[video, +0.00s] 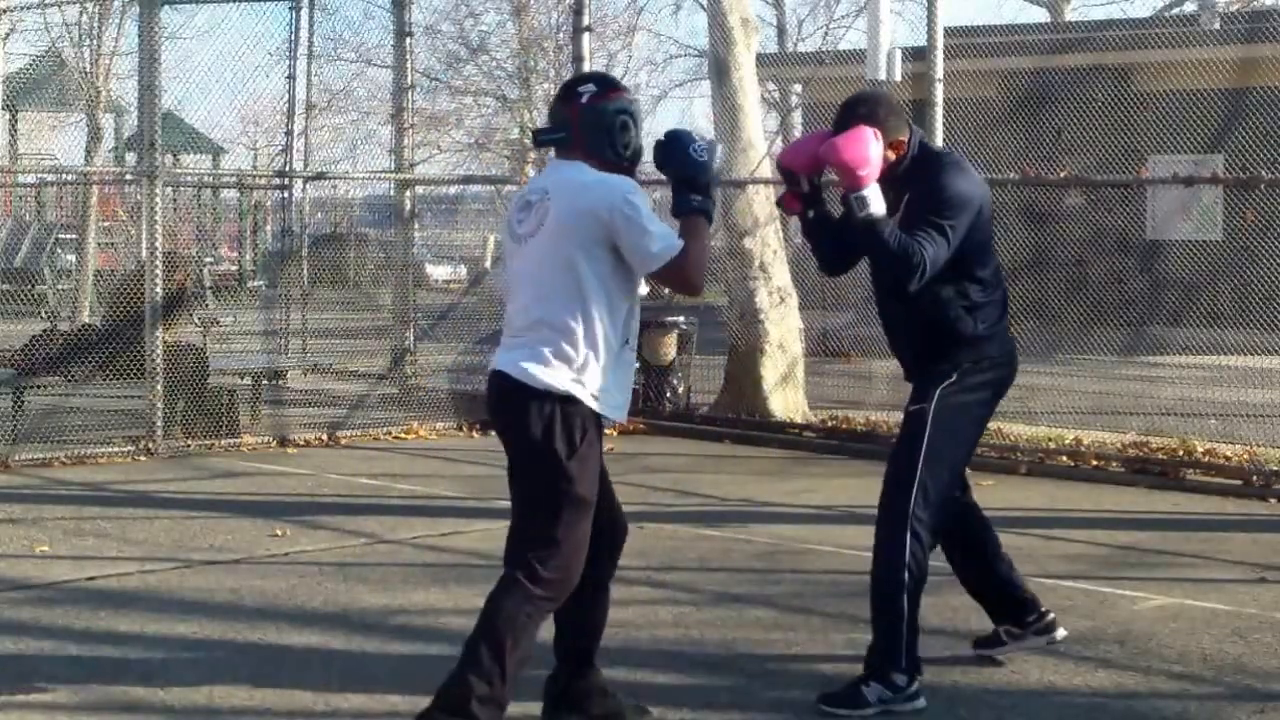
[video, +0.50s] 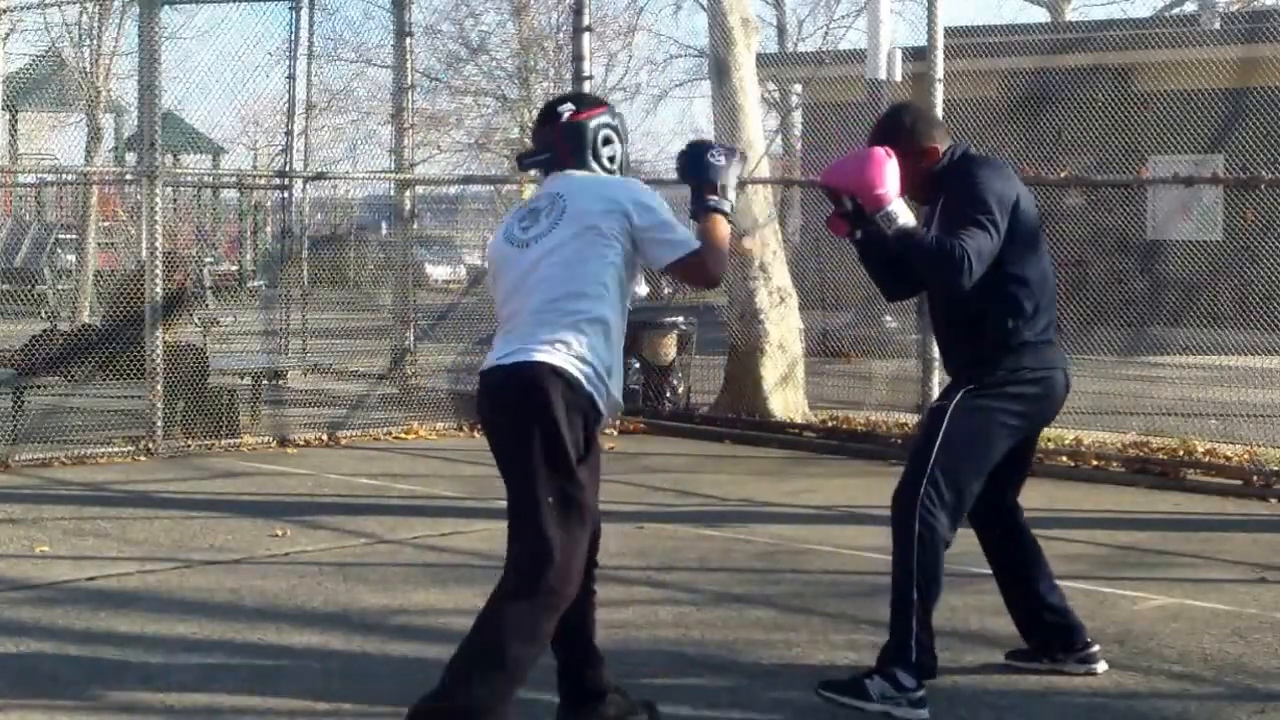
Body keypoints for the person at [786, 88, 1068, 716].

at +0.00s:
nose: (859, 168)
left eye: (864, 157)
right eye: (853, 158)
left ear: (897, 145)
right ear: (869, 150)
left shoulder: (951, 181)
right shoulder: (884, 181)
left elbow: (913, 268)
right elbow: (836, 258)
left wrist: (865, 201)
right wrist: (808, 203)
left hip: (970, 361)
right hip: (935, 363)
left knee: (903, 511)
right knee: (942, 498)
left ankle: (892, 676)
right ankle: (1022, 616)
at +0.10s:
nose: (862, 168)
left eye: (867, 156)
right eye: (857, 159)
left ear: (901, 144)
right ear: (881, 151)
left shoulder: (956, 177)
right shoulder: (890, 184)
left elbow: (916, 266)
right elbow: (841, 255)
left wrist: (869, 199)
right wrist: (809, 199)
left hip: (974, 360)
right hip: (942, 363)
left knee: (906, 508)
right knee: (944, 500)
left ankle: (895, 673)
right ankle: (1042, 620)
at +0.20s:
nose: (861, 175)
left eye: (863, 164)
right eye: (859, 167)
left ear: (894, 153)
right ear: (896, 151)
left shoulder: (972, 179)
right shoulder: (910, 185)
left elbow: (927, 253)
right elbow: (857, 262)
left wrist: (891, 183)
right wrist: (823, 205)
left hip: (985, 371)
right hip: (959, 372)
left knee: (906, 507)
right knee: (975, 505)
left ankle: (894, 675)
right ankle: (1067, 638)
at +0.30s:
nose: (896, 174)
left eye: (898, 163)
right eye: (892, 164)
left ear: (926, 151)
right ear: (921, 155)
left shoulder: (989, 174)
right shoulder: (930, 200)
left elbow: (952, 236)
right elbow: (884, 275)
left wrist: (889, 178)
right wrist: (843, 215)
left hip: (1003, 376)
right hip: (989, 376)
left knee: (912, 506)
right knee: (984, 505)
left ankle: (894, 674)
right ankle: (1064, 643)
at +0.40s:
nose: (904, 178)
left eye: (902, 168)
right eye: (898, 169)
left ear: (928, 151)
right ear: (931, 150)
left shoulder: (989, 174)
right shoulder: (950, 196)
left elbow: (962, 255)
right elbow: (903, 281)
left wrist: (894, 199)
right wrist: (863, 228)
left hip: (1008, 370)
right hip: (1007, 369)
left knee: (919, 504)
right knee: (989, 503)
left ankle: (910, 673)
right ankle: (1060, 641)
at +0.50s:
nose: (898, 182)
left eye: (895, 172)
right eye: (893, 173)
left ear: (916, 157)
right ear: (926, 151)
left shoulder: (983, 179)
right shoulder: (947, 196)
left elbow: (958, 270)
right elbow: (897, 284)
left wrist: (888, 215)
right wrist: (860, 231)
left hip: (1010, 374)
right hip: (1005, 373)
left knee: (920, 503)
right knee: (993, 509)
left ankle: (904, 674)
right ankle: (1060, 641)